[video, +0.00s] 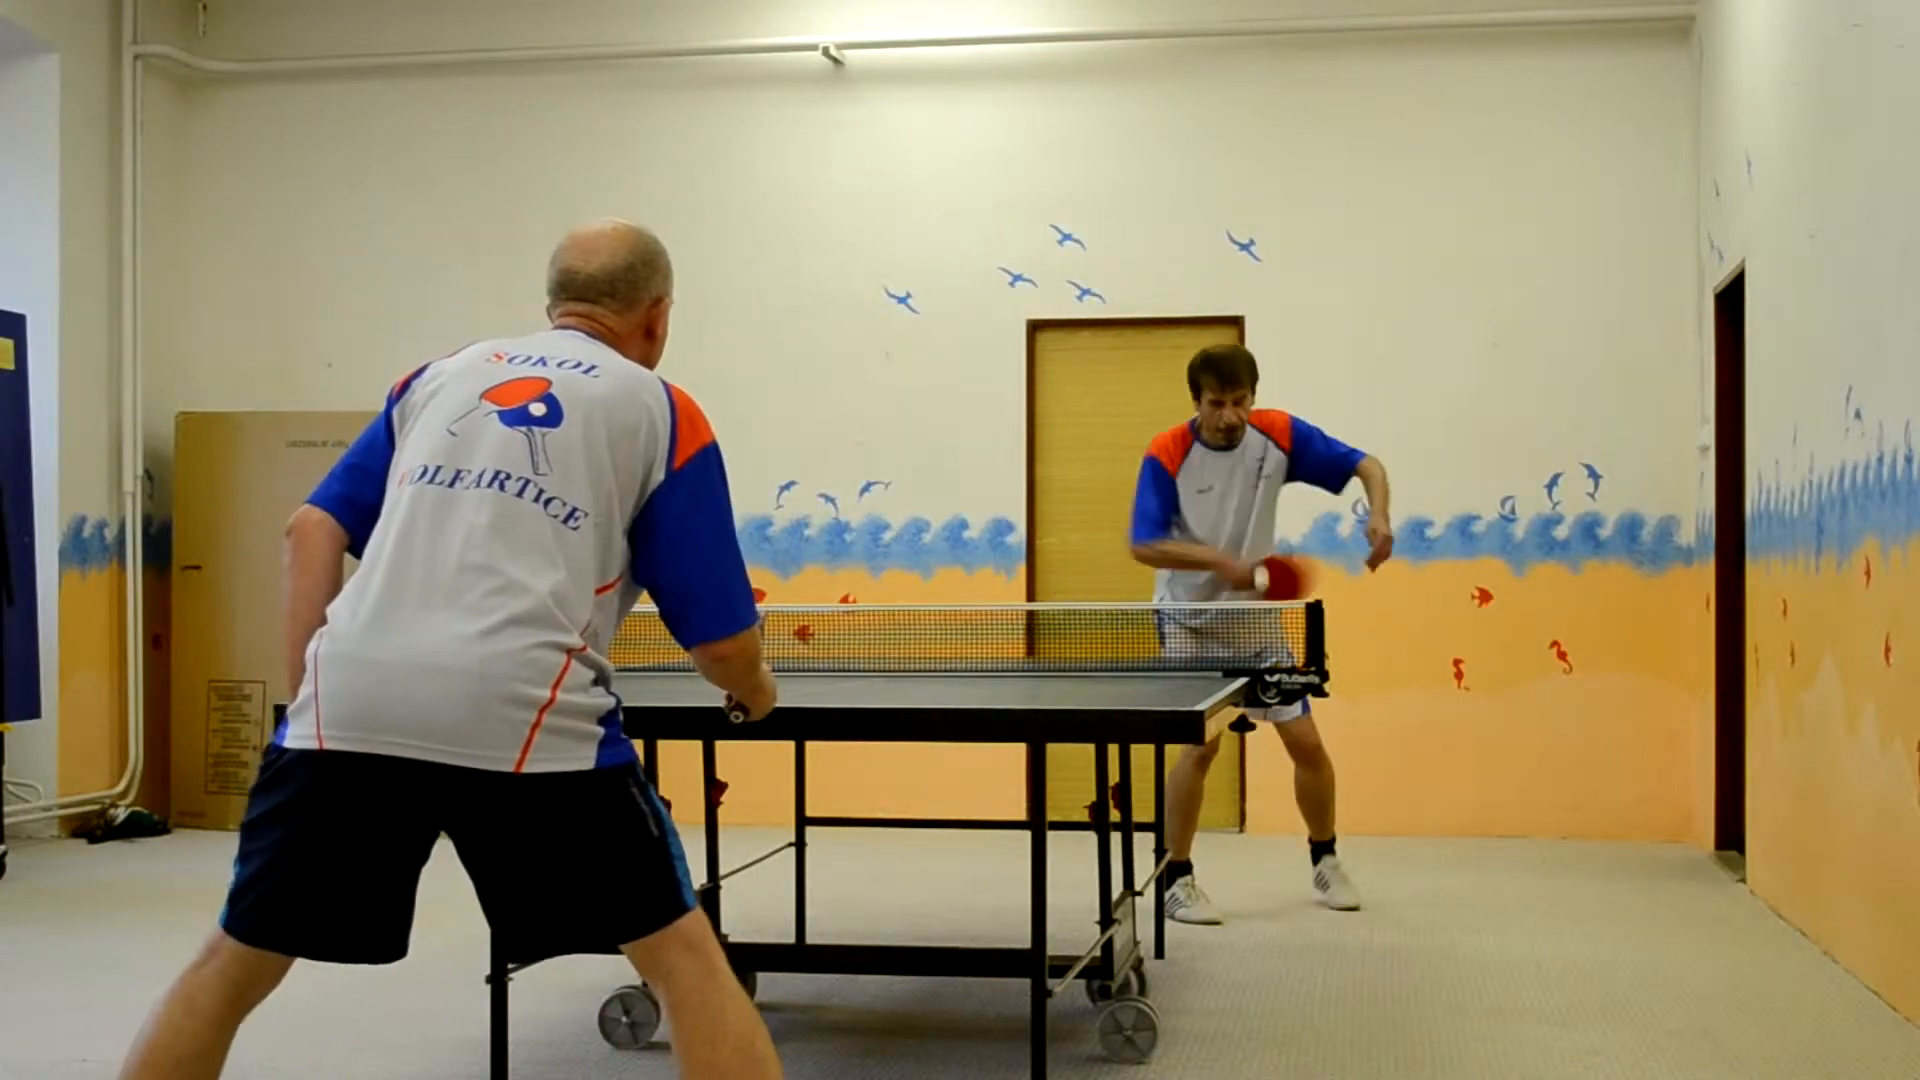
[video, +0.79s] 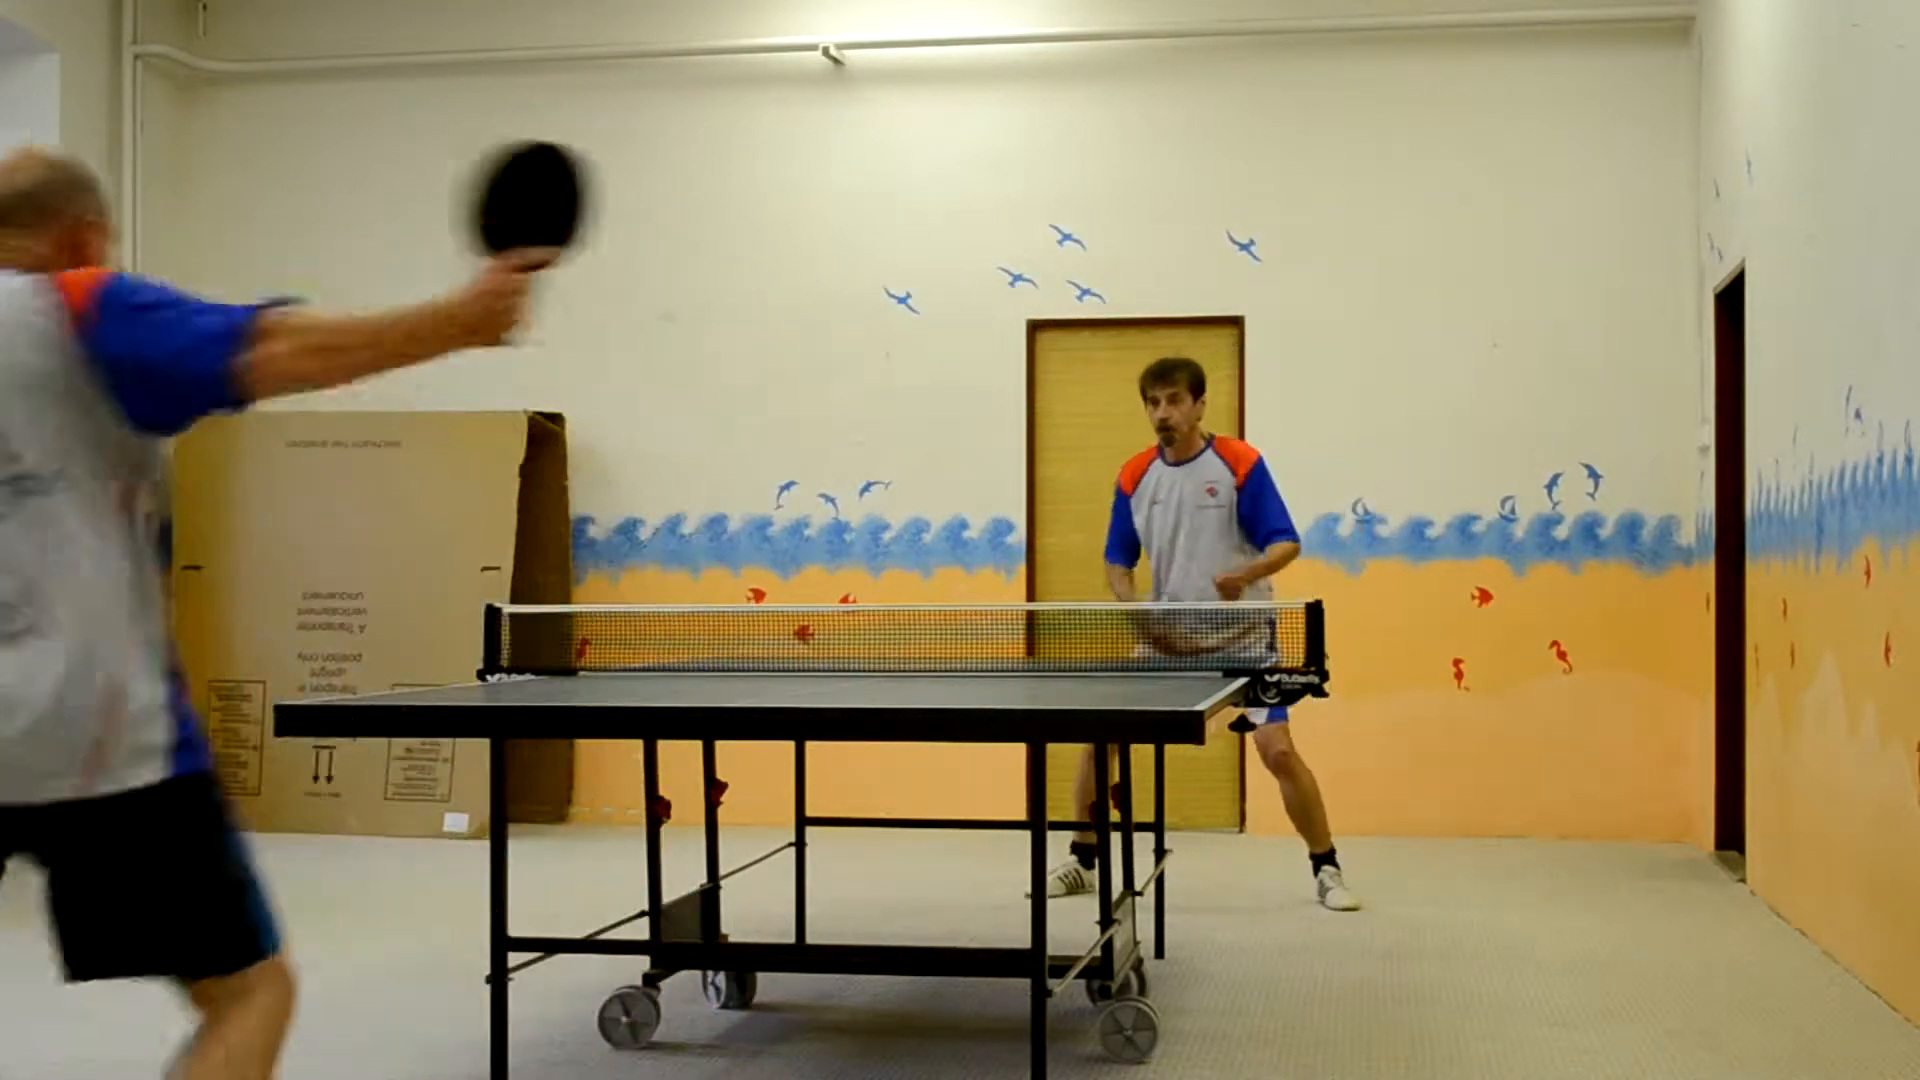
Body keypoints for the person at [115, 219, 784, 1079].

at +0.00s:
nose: (666, 334)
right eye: (666, 316)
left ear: (551, 306)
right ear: (653, 317)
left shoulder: (437, 378)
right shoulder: (663, 416)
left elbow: (314, 527)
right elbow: (722, 637)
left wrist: (306, 697)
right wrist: (755, 693)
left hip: (347, 712)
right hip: (532, 723)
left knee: (228, 967)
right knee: (685, 960)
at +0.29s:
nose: (600, 328)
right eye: (596, 313)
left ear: (482, 312)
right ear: (586, 319)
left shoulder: (383, 388)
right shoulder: (621, 416)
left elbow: (254, 536)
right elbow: (686, 627)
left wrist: (276, 701)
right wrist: (655, 686)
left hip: (331, 728)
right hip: (517, 734)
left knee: (203, 963)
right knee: (683, 961)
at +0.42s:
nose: (464, 348)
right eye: (467, 335)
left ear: (357, 337)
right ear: (462, 342)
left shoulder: (282, 424)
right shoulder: (532, 440)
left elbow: (144, 602)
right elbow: (587, 651)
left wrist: (136, 774)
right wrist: (492, 724)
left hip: (302, 772)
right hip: (490, 772)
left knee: (154, 963)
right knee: (647, 978)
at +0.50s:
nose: (363, 355)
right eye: (366, 340)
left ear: (245, 340)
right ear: (359, 342)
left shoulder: (176, 430)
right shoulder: (427, 440)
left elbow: (41, 626)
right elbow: (486, 635)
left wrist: (14, 742)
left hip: (224, 782)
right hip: (417, 780)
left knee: (105, 965)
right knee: (582, 993)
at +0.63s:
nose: (259, 312)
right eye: (261, 300)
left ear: (146, 284)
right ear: (247, 294)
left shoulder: (29, 389)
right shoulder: (264, 354)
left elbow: (12, 575)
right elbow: (413, 494)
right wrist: (520, 504)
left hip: (57, 739)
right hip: (233, 722)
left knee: (44, 946)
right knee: (422, 936)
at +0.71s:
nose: (177, 267)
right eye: (177, 253)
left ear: (61, 250)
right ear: (168, 250)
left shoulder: (13, 342)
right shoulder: (190, 313)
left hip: (10, 716)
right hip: (158, 706)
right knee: (323, 933)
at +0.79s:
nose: (106, 246)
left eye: (99, 234)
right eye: (100, 233)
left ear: (11, 235)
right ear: (79, 233)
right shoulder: (81, 310)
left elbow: (248, 354)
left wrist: (448, 323)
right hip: (90, 721)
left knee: (248, 993)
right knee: (249, 991)